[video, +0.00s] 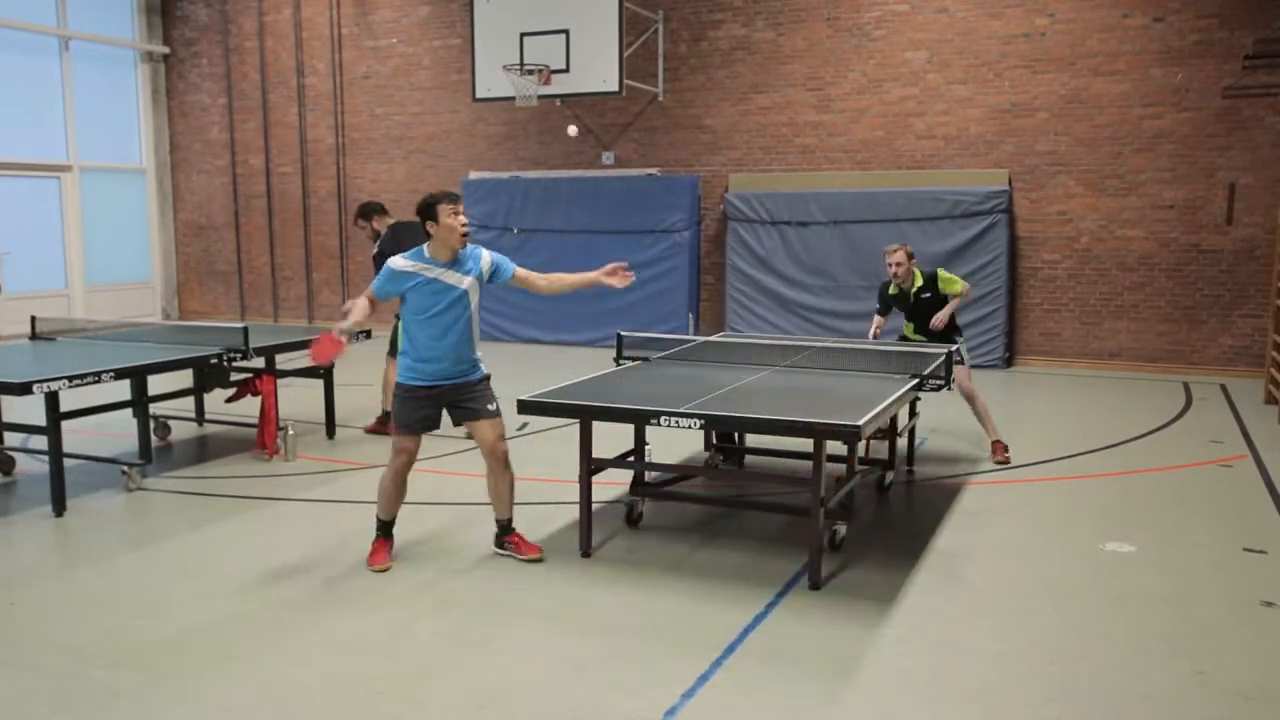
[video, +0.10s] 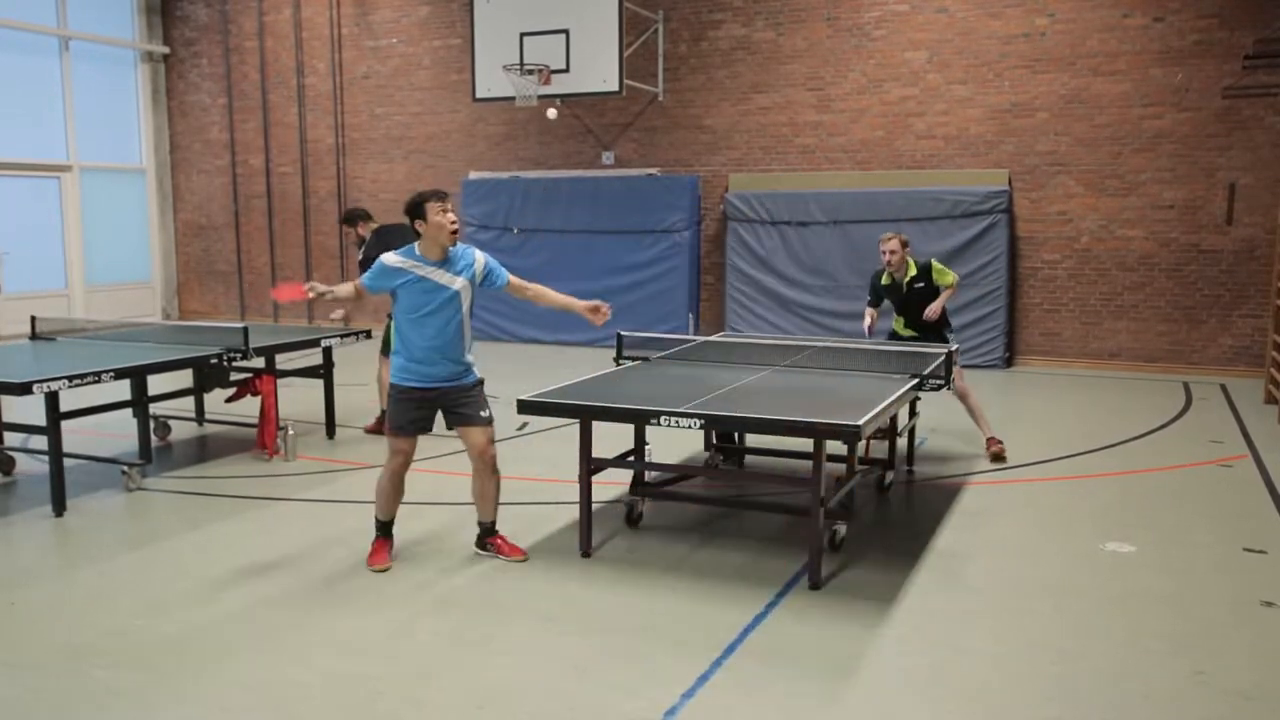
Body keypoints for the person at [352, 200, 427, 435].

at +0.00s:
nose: (366, 234)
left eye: (364, 227)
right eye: (362, 229)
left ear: (375, 220)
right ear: (385, 216)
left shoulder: (382, 249)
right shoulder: (421, 227)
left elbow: (380, 288)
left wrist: (358, 303)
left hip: (410, 312)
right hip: (444, 307)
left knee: (394, 362)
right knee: (452, 360)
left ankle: (388, 414)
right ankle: (472, 414)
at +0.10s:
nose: (352, 237)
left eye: (351, 232)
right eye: (350, 233)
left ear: (361, 226)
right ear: (372, 220)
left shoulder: (370, 250)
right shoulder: (407, 230)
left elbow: (362, 287)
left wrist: (346, 311)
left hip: (403, 310)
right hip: (433, 307)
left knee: (386, 361)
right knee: (424, 361)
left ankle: (386, 413)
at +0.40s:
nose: (326, 248)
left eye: (326, 242)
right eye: (324, 244)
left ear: (338, 234)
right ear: (344, 232)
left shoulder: (355, 245)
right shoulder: (375, 237)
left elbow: (349, 299)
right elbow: (385, 278)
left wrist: (331, 322)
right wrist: (357, 303)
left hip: (394, 309)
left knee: (379, 359)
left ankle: (383, 418)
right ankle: (390, 418)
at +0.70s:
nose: (324, 250)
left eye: (323, 244)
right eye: (321, 246)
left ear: (334, 236)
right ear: (343, 231)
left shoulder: (349, 252)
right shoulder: (368, 237)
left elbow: (348, 299)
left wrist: (325, 312)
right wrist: (336, 299)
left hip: (399, 304)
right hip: (423, 295)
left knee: (379, 358)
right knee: (417, 356)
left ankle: (386, 417)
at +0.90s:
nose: (333, 245)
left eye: (332, 239)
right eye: (330, 241)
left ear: (342, 231)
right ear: (350, 227)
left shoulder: (353, 251)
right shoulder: (381, 231)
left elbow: (351, 294)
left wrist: (329, 307)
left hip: (398, 305)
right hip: (426, 293)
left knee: (380, 357)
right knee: (427, 352)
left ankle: (385, 418)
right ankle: (442, 407)